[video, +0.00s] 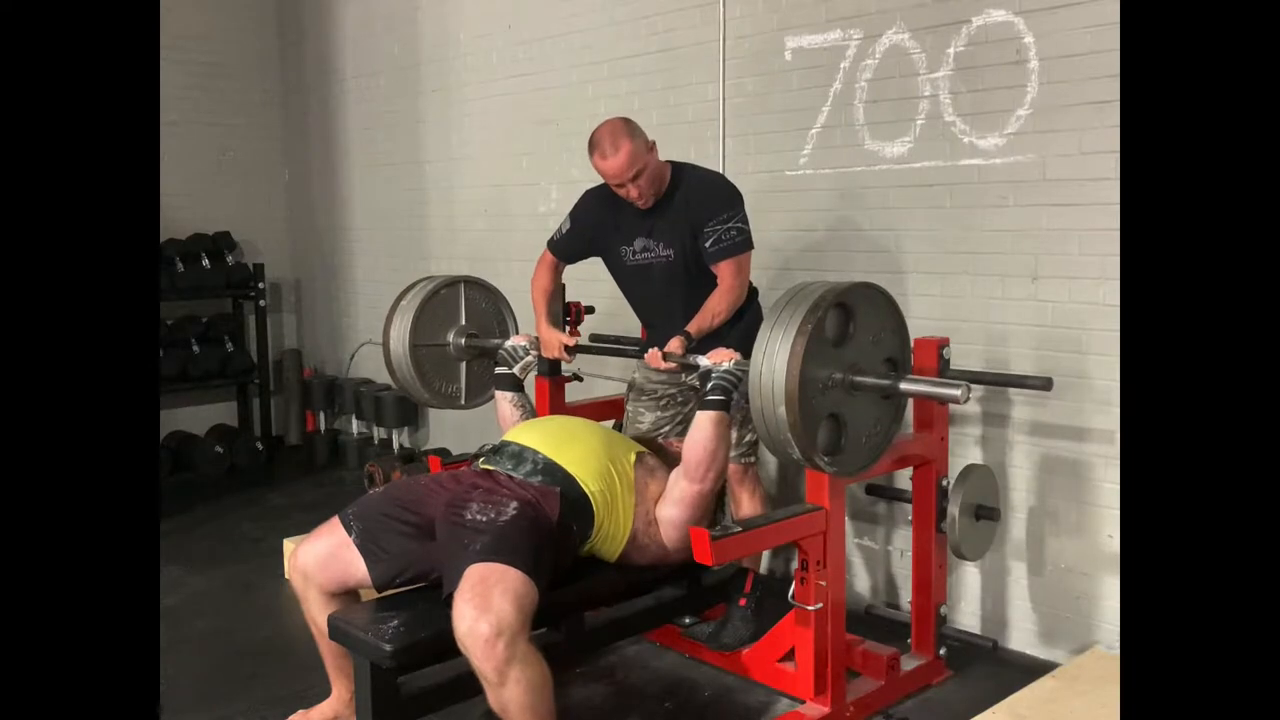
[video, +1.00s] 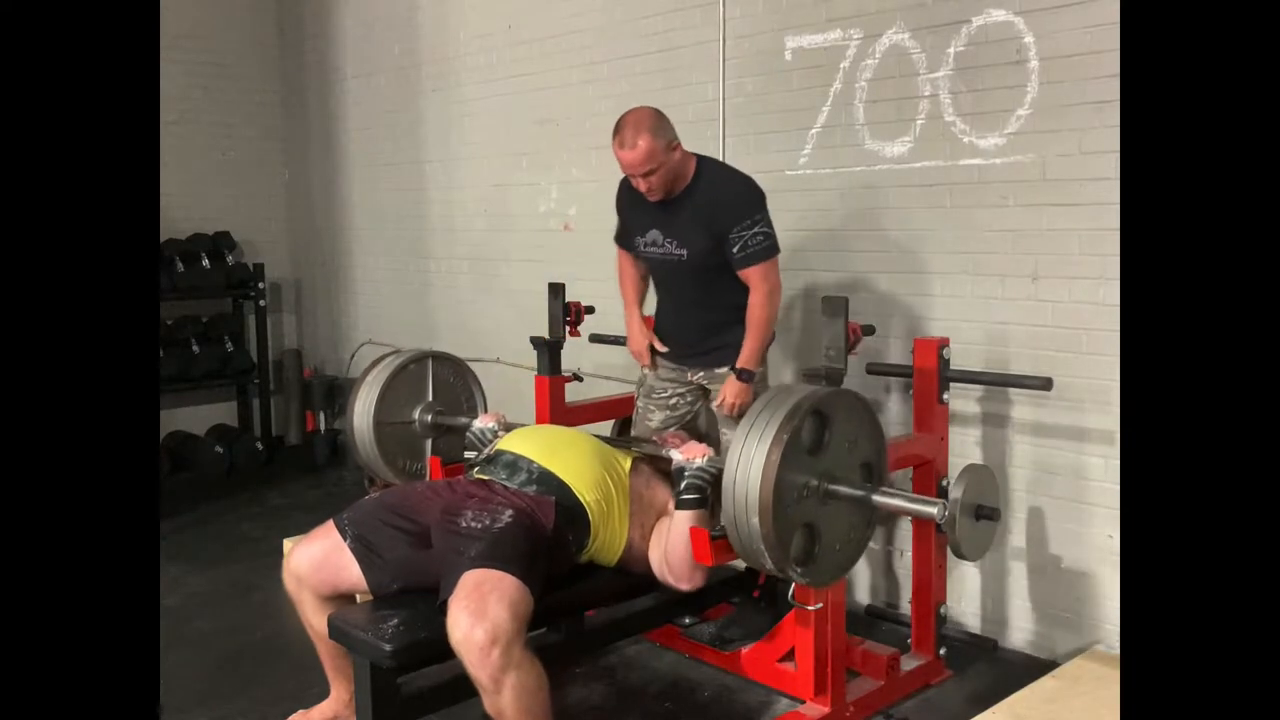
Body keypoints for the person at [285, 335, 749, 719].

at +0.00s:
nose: (672, 433)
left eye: (680, 435)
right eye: (670, 430)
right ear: (655, 435)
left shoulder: (662, 524)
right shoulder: (586, 449)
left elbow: (700, 471)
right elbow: (515, 446)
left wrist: (720, 386)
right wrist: (508, 375)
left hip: (524, 504)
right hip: (454, 480)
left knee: (487, 629)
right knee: (308, 561)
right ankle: (343, 698)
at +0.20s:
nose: (673, 429)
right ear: (656, 430)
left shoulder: (661, 518)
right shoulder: (579, 444)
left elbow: (699, 473)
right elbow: (515, 447)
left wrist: (719, 389)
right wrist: (505, 378)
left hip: (524, 502)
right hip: (453, 481)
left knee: (487, 629)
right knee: (308, 561)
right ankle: (343, 697)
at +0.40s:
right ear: (660, 431)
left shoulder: (660, 519)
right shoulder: (577, 437)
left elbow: (699, 485)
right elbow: (505, 455)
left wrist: (715, 404)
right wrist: (500, 390)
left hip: (518, 503)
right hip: (451, 482)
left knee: (485, 629)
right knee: (308, 560)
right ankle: (344, 698)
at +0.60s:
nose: (672, 435)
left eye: (684, 437)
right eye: (670, 429)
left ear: (688, 455)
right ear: (655, 434)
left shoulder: (662, 500)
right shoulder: (571, 436)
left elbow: (690, 527)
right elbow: (491, 469)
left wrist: (709, 428)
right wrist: (492, 413)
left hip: (522, 505)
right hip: (458, 482)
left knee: (484, 631)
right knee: (306, 561)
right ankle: (343, 698)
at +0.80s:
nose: (667, 433)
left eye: (681, 437)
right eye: (663, 430)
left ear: (681, 465)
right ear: (644, 438)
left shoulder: (661, 501)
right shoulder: (583, 443)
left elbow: (681, 557)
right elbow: (516, 457)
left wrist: (704, 460)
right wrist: (503, 426)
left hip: (520, 507)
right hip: (458, 484)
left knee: (481, 632)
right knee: (306, 562)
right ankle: (344, 698)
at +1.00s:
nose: (674, 440)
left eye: (686, 441)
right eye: (671, 434)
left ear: (691, 461)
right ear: (655, 438)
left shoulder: (661, 502)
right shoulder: (579, 453)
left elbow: (684, 575)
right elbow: (512, 469)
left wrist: (698, 480)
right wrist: (492, 438)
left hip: (519, 512)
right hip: (454, 490)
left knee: (481, 633)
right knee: (304, 565)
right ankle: (344, 700)